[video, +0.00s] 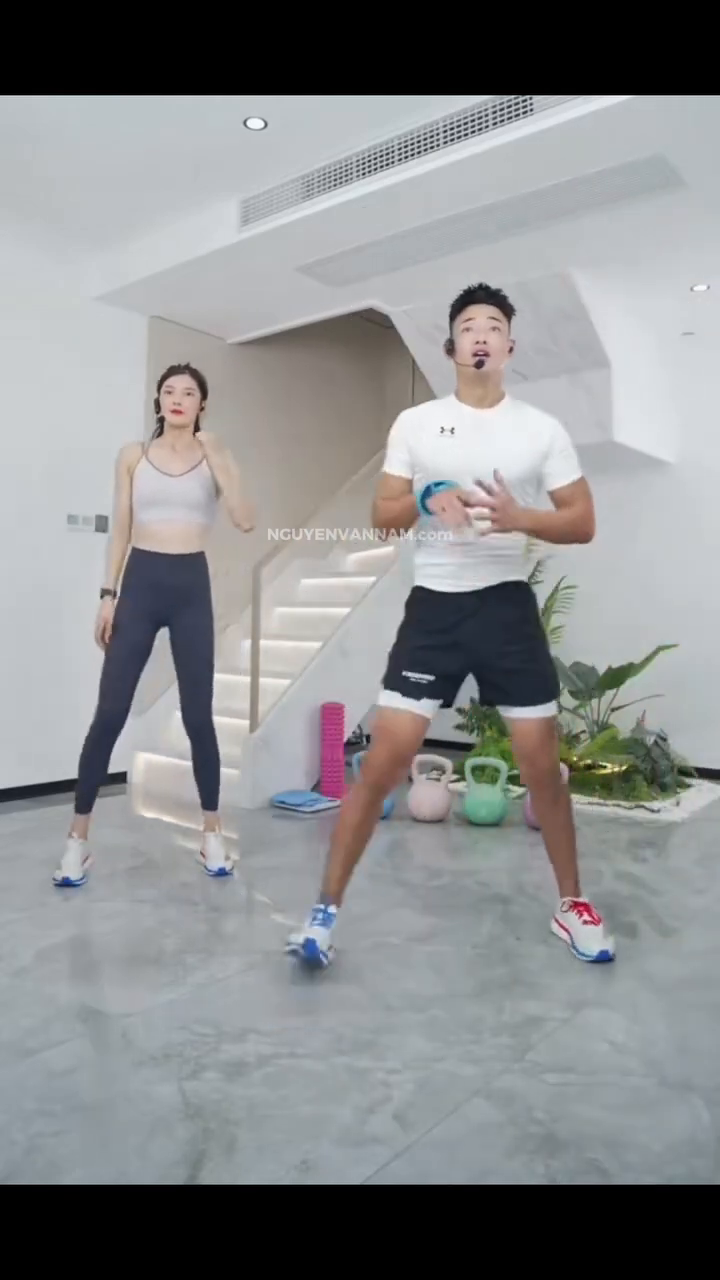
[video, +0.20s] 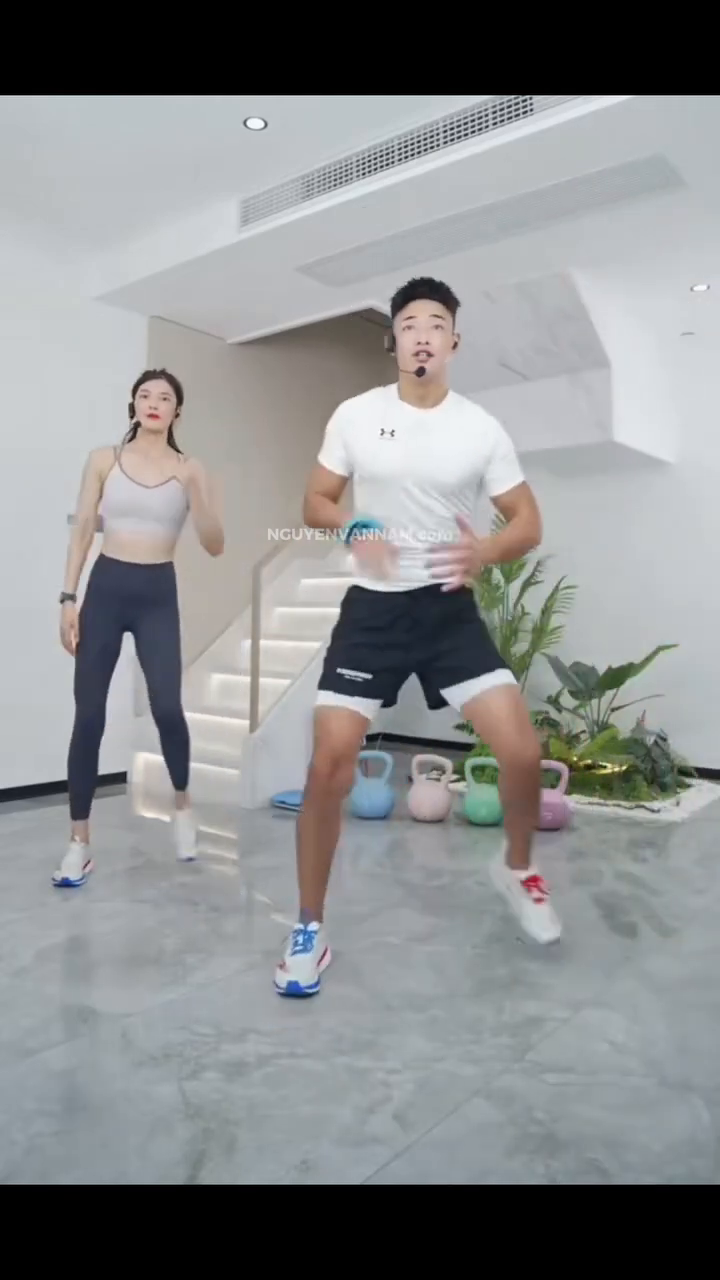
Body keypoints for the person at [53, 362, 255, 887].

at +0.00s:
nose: (178, 399)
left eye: (188, 393)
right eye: (171, 391)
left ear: (202, 405)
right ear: (158, 400)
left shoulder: (215, 455)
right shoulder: (134, 455)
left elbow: (244, 519)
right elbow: (122, 530)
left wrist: (214, 454)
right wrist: (109, 595)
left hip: (193, 588)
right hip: (139, 586)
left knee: (198, 715)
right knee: (109, 716)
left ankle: (212, 832)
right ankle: (78, 835)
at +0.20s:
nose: (154, 404)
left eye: (164, 398)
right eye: (147, 396)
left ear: (177, 411)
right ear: (133, 405)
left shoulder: (190, 469)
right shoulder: (104, 460)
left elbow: (214, 545)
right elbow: (83, 530)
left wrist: (197, 491)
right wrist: (69, 599)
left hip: (158, 593)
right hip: (104, 590)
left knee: (167, 710)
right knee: (88, 717)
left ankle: (183, 808)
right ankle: (79, 837)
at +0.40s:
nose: (144, 397)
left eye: (153, 390)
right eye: (136, 389)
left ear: (165, 402)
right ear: (121, 399)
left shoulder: (183, 461)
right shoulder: (97, 455)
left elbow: (196, 539)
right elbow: (77, 528)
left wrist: (183, 489)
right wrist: (57, 596)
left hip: (152, 588)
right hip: (100, 582)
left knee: (114, 709)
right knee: (87, 711)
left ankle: (105, 821)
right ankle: (77, 836)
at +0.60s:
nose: (146, 400)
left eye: (155, 394)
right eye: (137, 392)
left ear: (166, 406)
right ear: (121, 402)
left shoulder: (184, 464)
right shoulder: (96, 460)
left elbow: (208, 541)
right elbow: (81, 533)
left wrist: (194, 491)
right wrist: (71, 603)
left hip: (159, 595)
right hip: (104, 593)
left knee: (185, 708)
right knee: (87, 718)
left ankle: (168, 812)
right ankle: (78, 838)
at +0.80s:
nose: (169, 396)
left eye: (178, 391)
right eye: (159, 390)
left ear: (189, 404)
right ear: (143, 402)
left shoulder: (206, 461)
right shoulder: (123, 459)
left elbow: (227, 537)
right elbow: (110, 534)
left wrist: (211, 481)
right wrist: (103, 603)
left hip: (190, 593)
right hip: (134, 592)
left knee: (224, 716)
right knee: (109, 719)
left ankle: (268, 828)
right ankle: (80, 839)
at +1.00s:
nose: (201, 406)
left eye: (210, 399)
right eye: (192, 400)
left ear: (223, 410)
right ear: (180, 411)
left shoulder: (247, 463)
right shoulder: (165, 473)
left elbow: (282, 524)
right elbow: (154, 550)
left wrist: (239, 497)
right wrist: (142, 617)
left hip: (245, 598)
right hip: (191, 600)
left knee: (257, 716)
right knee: (147, 712)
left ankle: (272, 830)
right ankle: (103, 825)